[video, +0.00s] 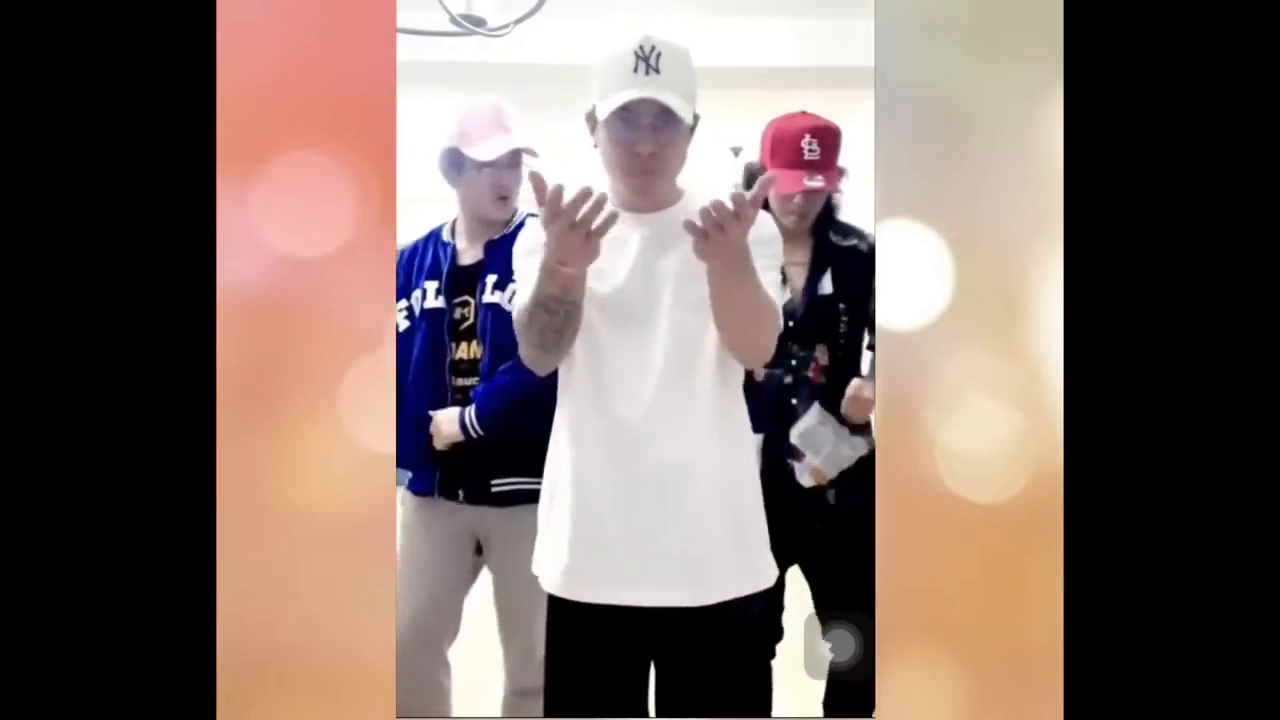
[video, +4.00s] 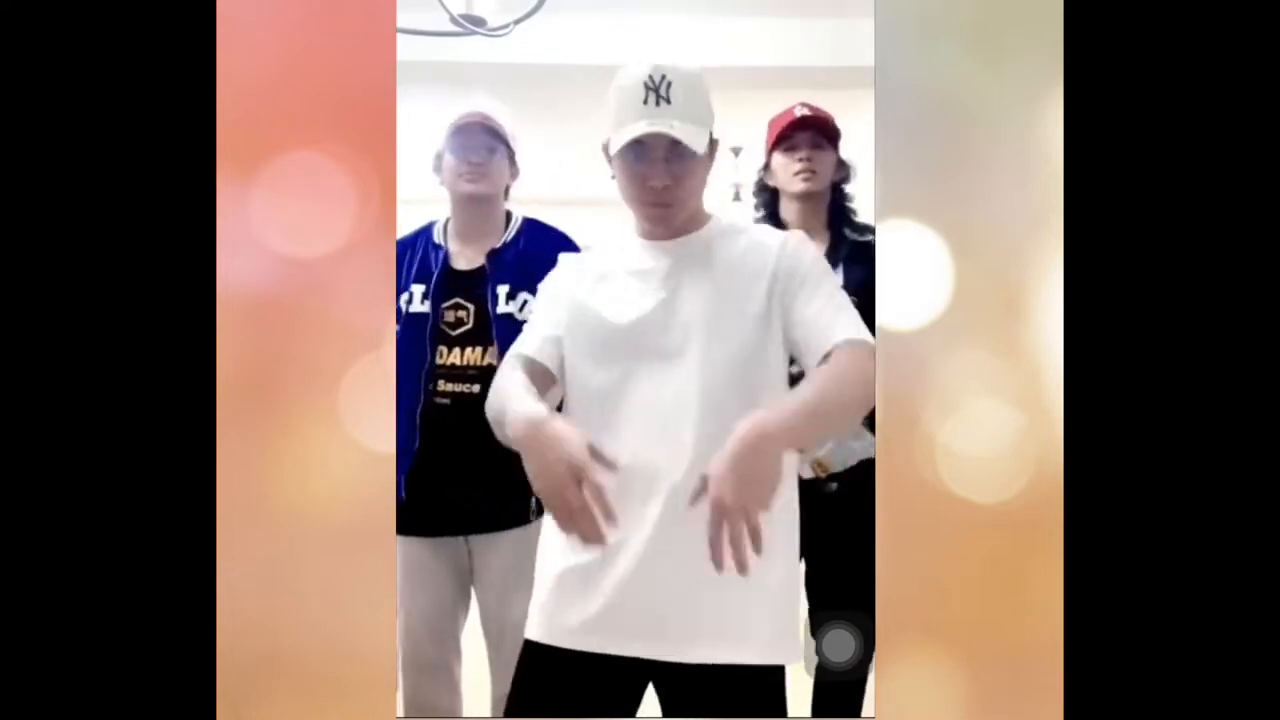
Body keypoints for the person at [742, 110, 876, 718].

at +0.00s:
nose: (808, 187)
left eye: (819, 175)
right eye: (794, 174)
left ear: (833, 179)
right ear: (764, 176)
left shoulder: (861, 255)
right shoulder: (735, 248)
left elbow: (895, 345)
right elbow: (711, 354)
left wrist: (874, 389)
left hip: (842, 477)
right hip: (749, 474)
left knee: (855, 644)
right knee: (745, 640)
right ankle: (745, 716)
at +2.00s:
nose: (781, 164)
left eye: (791, 155)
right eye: (766, 153)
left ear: (802, 172)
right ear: (737, 170)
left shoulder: (826, 262)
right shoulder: (704, 255)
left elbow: (850, 370)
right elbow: (687, 354)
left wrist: (811, 374)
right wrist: (753, 400)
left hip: (809, 466)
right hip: (725, 466)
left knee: (831, 644)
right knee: (733, 633)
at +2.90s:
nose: (796, 160)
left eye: (808, 149)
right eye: (783, 149)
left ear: (830, 160)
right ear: (758, 166)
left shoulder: (864, 245)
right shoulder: (741, 245)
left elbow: (897, 344)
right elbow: (744, 351)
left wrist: (798, 341)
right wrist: (844, 359)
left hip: (848, 473)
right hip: (761, 469)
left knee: (846, 635)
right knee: (763, 628)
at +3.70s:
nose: (794, 160)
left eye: (807, 149)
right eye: (780, 148)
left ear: (826, 165)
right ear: (757, 162)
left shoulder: (857, 255)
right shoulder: (731, 254)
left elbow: (898, 370)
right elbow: (707, 360)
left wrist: (866, 338)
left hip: (835, 482)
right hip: (745, 479)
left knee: (838, 653)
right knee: (740, 653)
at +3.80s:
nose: (797, 155)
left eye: (810, 144)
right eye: (783, 145)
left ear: (829, 161)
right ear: (761, 161)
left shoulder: (863, 252)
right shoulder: (738, 254)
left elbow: (888, 361)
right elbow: (715, 362)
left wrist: (837, 337)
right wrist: (755, 437)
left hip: (840, 479)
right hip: (750, 476)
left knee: (838, 648)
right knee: (743, 643)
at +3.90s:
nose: (800, 160)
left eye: (814, 150)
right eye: (786, 150)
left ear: (834, 167)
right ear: (763, 168)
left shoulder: (868, 255)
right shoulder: (737, 251)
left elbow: (891, 359)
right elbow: (720, 371)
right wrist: (763, 438)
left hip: (844, 479)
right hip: (753, 474)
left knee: (841, 646)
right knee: (747, 641)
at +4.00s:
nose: (805, 159)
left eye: (818, 149)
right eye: (791, 149)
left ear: (838, 165)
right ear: (769, 166)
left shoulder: (873, 250)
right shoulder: (742, 253)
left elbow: (898, 350)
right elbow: (724, 355)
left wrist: (856, 416)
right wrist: (773, 424)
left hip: (852, 468)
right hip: (764, 463)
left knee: (846, 634)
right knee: (754, 627)